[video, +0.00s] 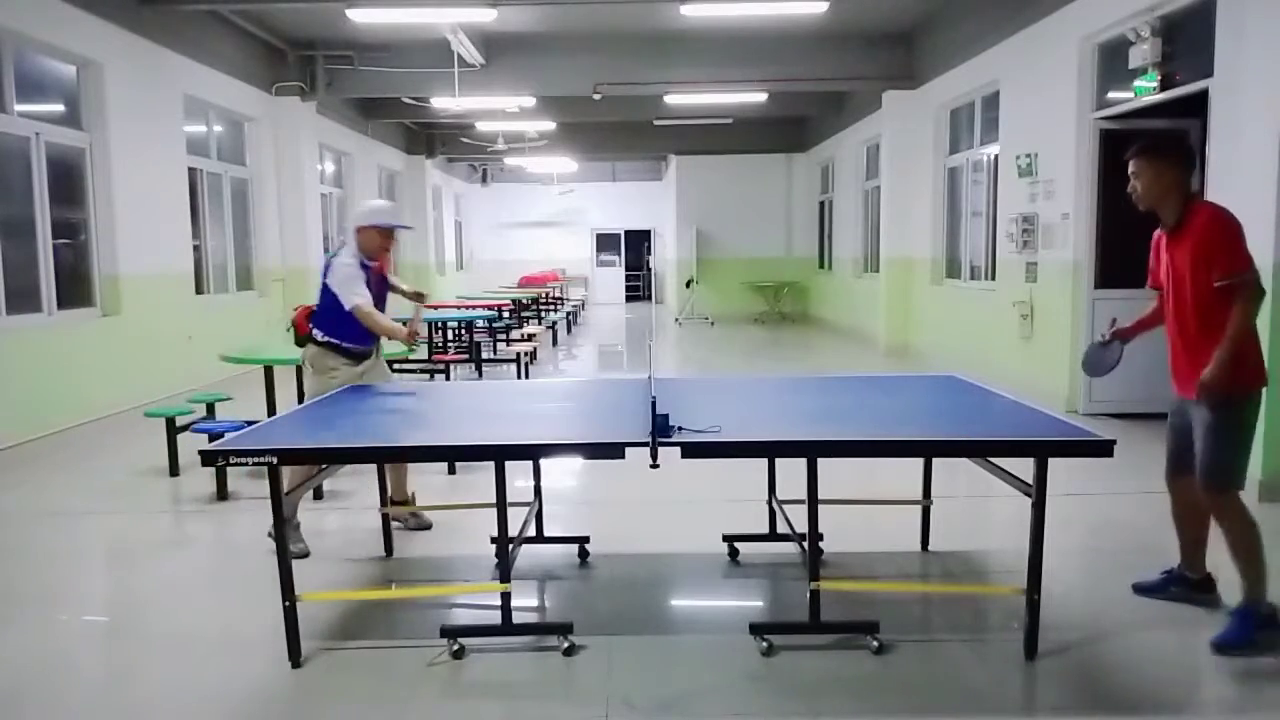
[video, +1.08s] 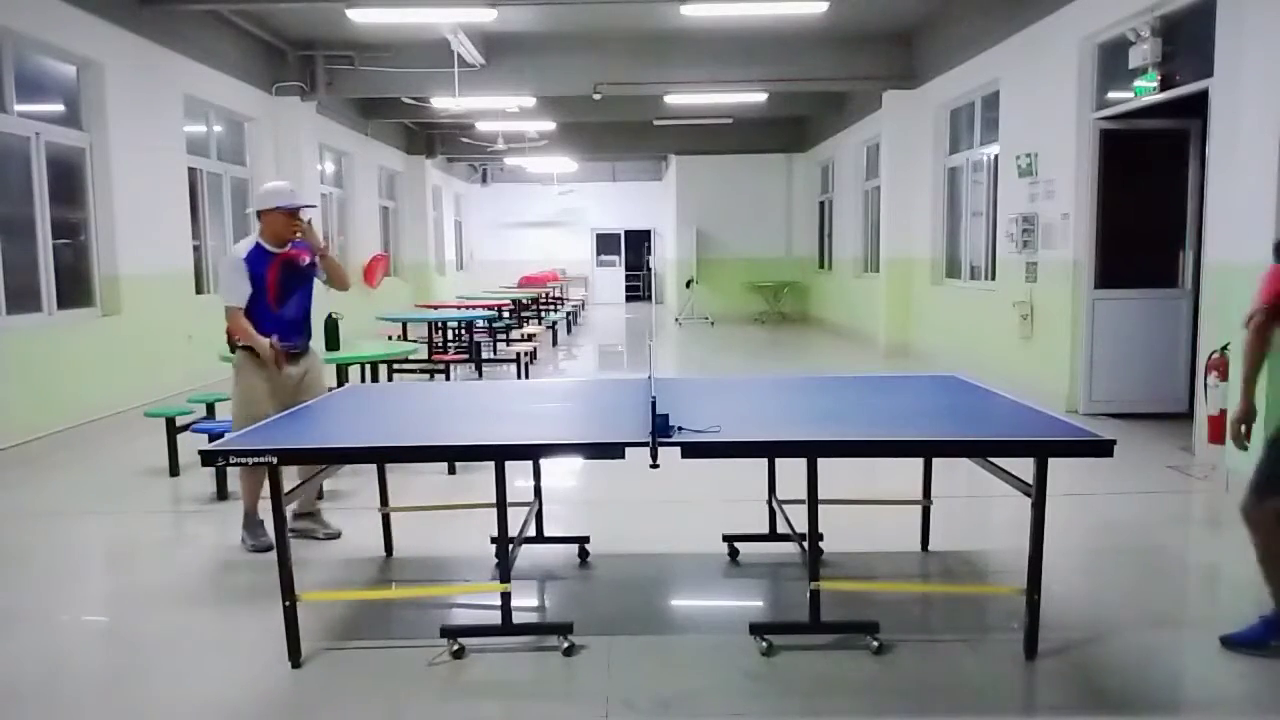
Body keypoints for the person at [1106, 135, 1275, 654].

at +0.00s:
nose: (1130, 187)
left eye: (1137, 176)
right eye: (1129, 178)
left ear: (1170, 174)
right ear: (1150, 181)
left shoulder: (1214, 225)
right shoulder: (1161, 238)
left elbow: (1250, 294)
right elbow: (1168, 303)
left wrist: (1220, 362)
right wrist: (1130, 329)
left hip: (1229, 383)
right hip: (1188, 382)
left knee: (1217, 488)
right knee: (1181, 478)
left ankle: (1259, 604)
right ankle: (1192, 575)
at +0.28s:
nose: (1136, 203)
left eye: (1140, 190)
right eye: (1133, 193)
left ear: (1170, 179)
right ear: (1170, 182)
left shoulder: (1208, 225)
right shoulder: (1191, 231)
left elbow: (1228, 299)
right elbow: (1213, 302)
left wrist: (1201, 374)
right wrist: (1186, 343)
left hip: (1240, 384)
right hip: (1212, 383)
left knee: (1222, 496)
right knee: (1186, 477)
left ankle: (1277, 607)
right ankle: (1192, 574)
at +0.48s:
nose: (1161, 214)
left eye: (1160, 201)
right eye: (1157, 204)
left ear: (1183, 183)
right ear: (1199, 181)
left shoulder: (1208, 227)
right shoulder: (1255, 223)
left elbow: (1218, 307)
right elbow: (1256, 308)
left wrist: (1195, 377)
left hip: (1249, 389)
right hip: (1258, 385)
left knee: (1232, 502)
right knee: (1217, 486)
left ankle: (1278, 612)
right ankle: (1206, 576)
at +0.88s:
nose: (1228, 238)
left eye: (1226, 232)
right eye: (1227, 233)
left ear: (1233, 224)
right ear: (1266, 214)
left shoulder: (1241, 241)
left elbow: (1238, 299)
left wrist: (1248, 388)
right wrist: (1243, 373)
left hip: (1272, 404)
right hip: (1272, 403)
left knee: (1242, 506)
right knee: (1250, 506)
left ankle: (1276, 613)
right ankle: (1274, 614)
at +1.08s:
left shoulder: (1274, 273)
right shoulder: (1273, 274)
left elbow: (1261, 323)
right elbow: (1261, 322)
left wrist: (1246, 400)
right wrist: (1247, 400)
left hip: (1279, 428)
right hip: (1277, 427)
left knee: (1260, 509)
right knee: (1259, 509)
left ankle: (1277, 614)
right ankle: (1276, 614)